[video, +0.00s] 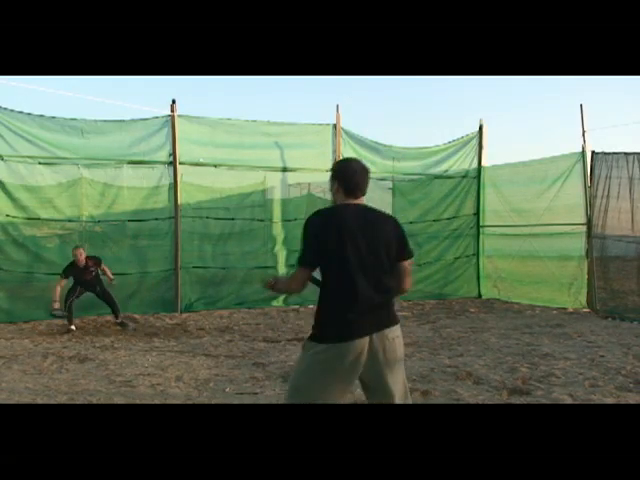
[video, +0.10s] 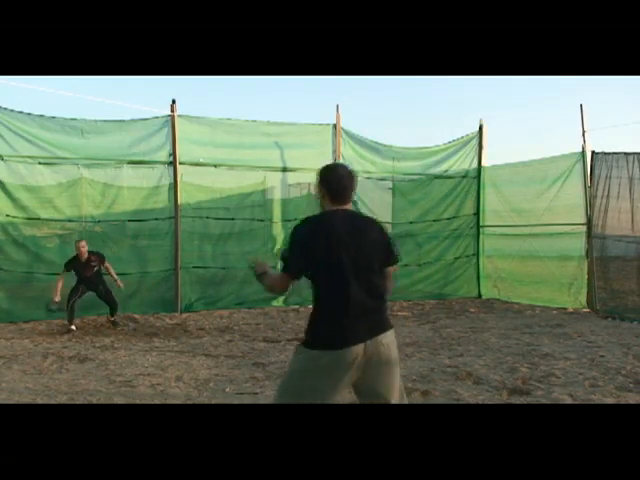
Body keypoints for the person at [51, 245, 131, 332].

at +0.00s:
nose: (79, 258)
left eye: (81, 255)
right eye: (77, 255)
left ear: (85, 254)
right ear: (74, 257)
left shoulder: (93, 261)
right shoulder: (70, 268)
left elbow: (103, 268)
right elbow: (59, 285)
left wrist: (110, 277)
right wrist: (56, 302)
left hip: (95, 284)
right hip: (80, 285)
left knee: (111, 301)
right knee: (68, 301)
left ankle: (118, 319)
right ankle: (71, 325)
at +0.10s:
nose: (82, 250)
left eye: (83, 247)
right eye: (79, 248)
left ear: (87, 247)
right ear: (76, 250)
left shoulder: (96, 257)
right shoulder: (72, 262)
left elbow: (107, 266)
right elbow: (61, 277)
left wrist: (116, 280)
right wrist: (57, 294)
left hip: (98, 283)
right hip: (82, 284)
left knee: (113, 304)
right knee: (70, 301)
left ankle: (112, 318)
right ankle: (71, 325)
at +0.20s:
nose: (87, 243)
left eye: (89, 241)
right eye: (84, 241)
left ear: (93, 241)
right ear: (82, 242)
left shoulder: (102, 252)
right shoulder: (77, 256)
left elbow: (112, 264)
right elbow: (68, 269)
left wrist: (117, 276)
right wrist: (63, 285)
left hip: (101, 281)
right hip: (86, 282)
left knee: (112, 301)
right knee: (75, 301)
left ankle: (109, 320)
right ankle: (72, 325)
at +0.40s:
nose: (96, 234)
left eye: (98, 231)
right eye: (94, 232)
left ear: (102, 233)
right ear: (91, 233)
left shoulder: (110, 246)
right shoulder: (85, 247)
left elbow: (118, 261)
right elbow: (79, 259)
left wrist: (116, 273)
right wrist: (75, 272)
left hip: (106, 277)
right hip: (91, 277)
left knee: (111, 298)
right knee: (81, 296)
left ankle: (109, 320)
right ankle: (81, 321)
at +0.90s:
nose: (100, 228)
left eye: (102, 225)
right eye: (97, 225)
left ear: (106, 227)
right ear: (94, 228)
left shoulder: (113, 242)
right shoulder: (89, 242)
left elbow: (118, 258)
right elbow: (80, 258)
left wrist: (115, 269)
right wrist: (80, 258)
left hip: (109, 274)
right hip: (94, 275)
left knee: (117, 299)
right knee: (90, 300)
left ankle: (122, 320)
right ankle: (89, 323)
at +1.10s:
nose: (105, 227)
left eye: (107, 224)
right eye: (103, 225)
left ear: (111, 226)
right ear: (100, 227)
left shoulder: (120, 242)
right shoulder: (95, 242)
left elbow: (125, 257)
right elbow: (85, 256)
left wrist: (125, 268)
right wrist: (86, 241)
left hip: (117, 274)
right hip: (102, 275)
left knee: (123, 299)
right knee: (94, 299)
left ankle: (125, 322)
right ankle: (90, 323)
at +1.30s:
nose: (109, 225)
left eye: (111, 223)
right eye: (107, 223)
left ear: (115, 225)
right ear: (104, 226)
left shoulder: (123, 240)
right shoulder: (101, 239)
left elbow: (130, 254)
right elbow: (94, 242)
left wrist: (133, 263)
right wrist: (92, 230)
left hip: (119, 273)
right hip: (105, 273)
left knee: (123, 298)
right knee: (96, 298)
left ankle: (125, 323)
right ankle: (92, 322)